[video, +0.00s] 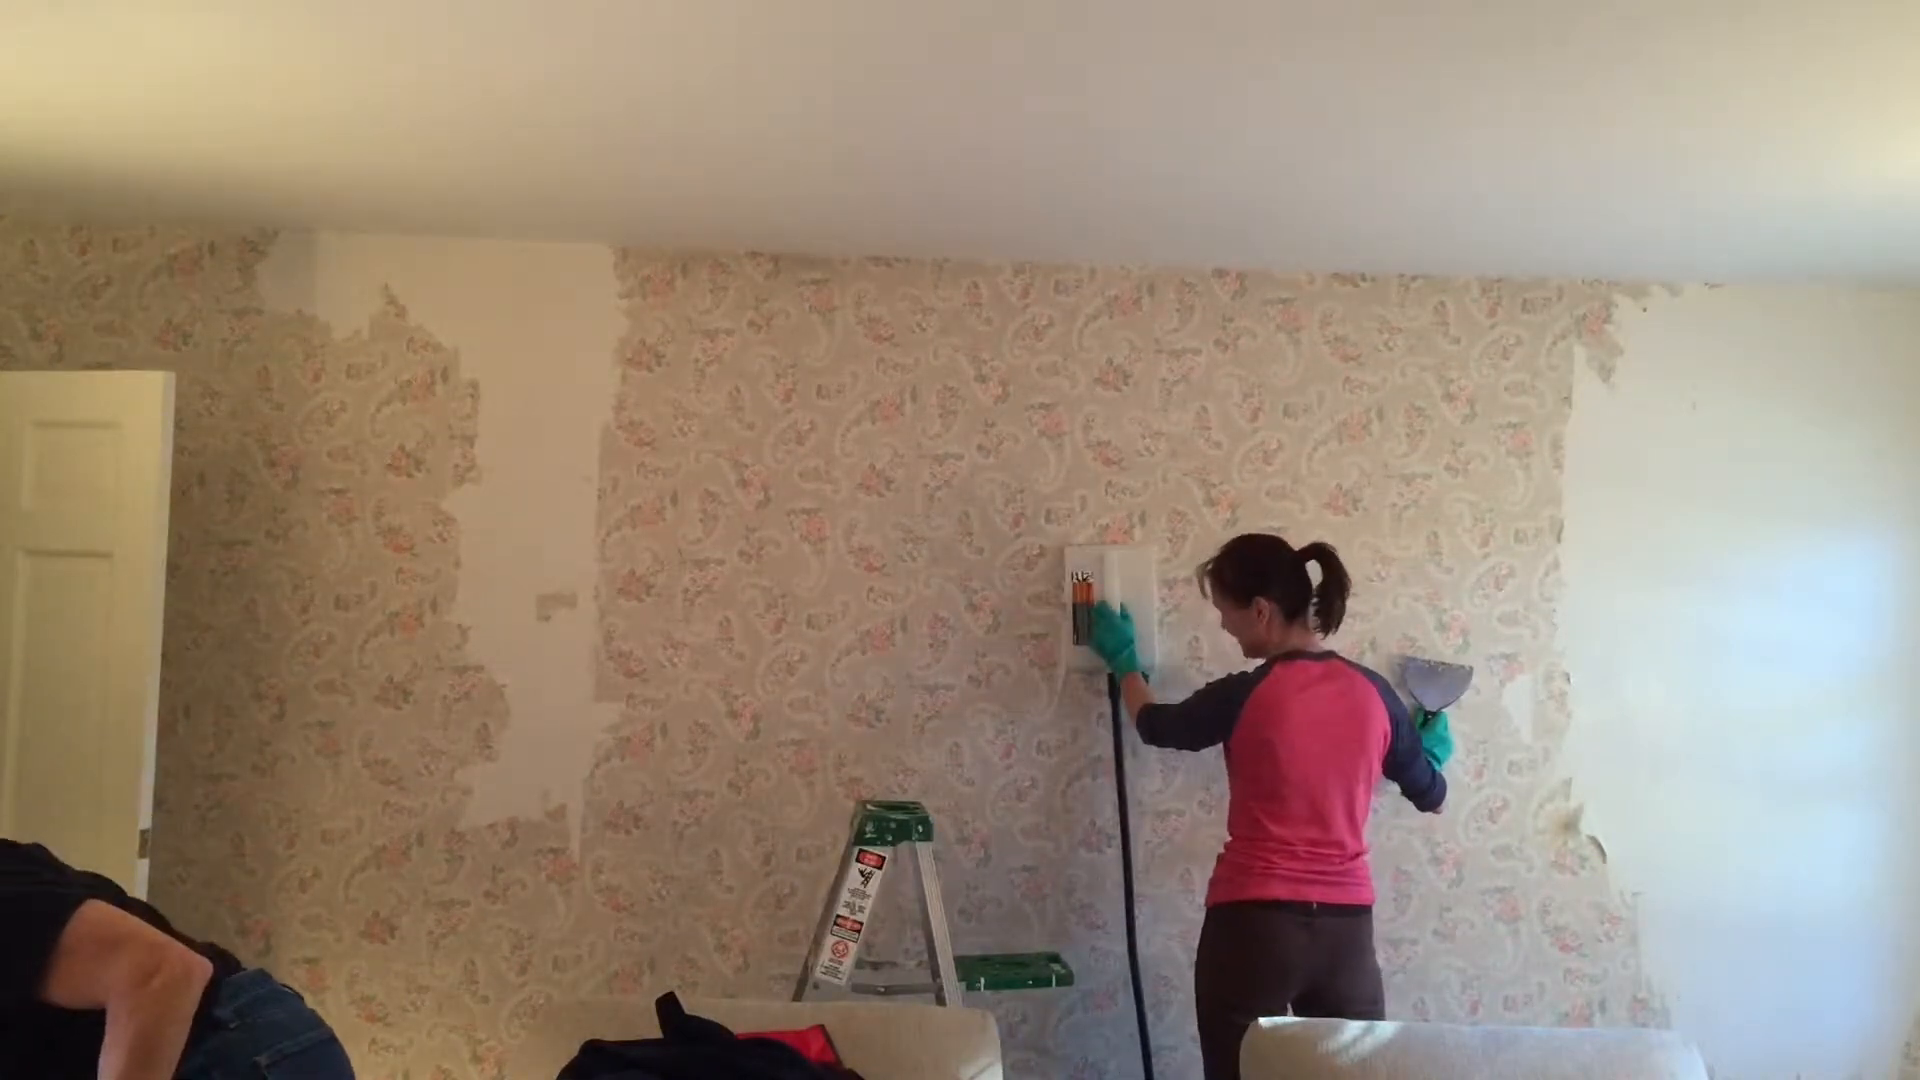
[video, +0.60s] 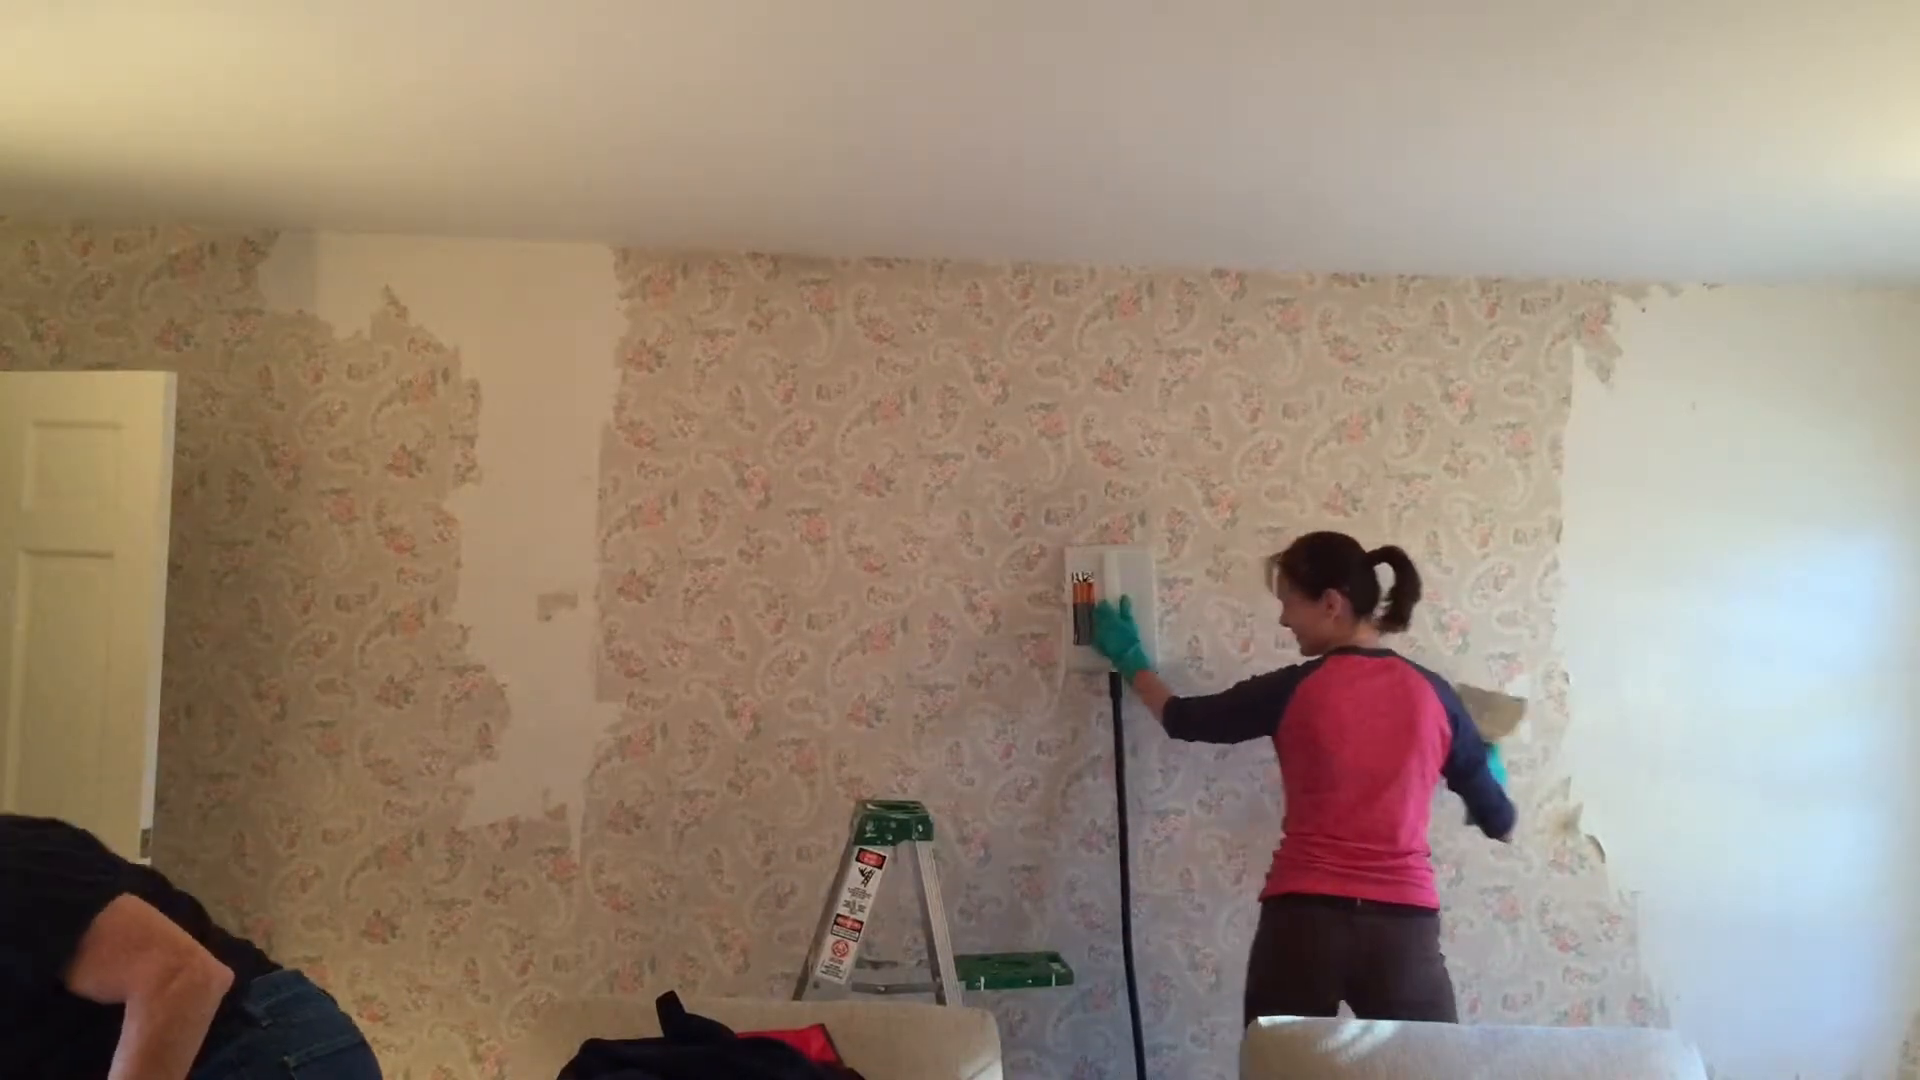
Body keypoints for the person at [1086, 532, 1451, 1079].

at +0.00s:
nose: (1222, 623)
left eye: (1224, 609)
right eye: (1219, 610)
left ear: (1262, 610)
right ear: (1303, 604)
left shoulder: (1246, 692)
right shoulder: (1375, 694)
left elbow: (1153, 724)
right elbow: (1429, 794)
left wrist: (1124, 662)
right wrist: (1433, 753)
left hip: (1250, 934)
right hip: (1345, 936)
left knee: (1236, 1075)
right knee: (1360, 1076)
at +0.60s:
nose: (1282, 618)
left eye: (1289, 601)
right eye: (1282, 601)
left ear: (1332, 604)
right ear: (1339, 604)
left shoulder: (1295, 687)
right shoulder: (1434, 694)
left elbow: (1182, 718)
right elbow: (1500, 820)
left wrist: (1130, 659)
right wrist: (1485, 769)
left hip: (1298, 931)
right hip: (1402, 939)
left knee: (1276, 1067)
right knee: (1431, 1075)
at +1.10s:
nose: (1376, 608)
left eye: (1380, 593)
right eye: (1377, 593)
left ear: (1408, 599)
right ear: (1451, 599)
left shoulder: (1361, 689)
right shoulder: (1517, 697)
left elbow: (1232, 691)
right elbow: (1610, 815)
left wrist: (1144, 652)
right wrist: (1646, 804)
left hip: (1395, 934)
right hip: (1502, 937)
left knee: (1373, 1074)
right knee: (1520, 1075)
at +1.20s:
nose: (1378, 605)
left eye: (1383, 591)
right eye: (1379, 591)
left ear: (1410, 598)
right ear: (1457, 601)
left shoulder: (1358, 690)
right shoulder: (1514, 699)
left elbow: (1232, 690)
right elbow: (1601, 815)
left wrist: (1140, 652)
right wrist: (1636, 806)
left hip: (1393, 937)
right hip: (1498, 938)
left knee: (1387, 1078)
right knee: (1520, 1079)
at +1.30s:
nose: (1379, 603)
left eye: (1383, 590)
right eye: (1382, 590)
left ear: (1404, 598)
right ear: (1458, 600)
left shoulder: (1356, 689)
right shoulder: (1510, 698)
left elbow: (1228, 696)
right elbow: (1593, 819)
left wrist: (1137, 652)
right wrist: (1625, 799)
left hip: (1394, 935)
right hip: (1502, 935)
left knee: (1391, 1077)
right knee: (1518, 1079)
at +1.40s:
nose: (1380, 600)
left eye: (1383, 588)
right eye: (1383, 586)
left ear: (1398, 596)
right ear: (1458, 598)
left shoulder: (1356, 690)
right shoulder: (1508, 697)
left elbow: (1224, 705)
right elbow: (1585, 810)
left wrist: (1143, 657)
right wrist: (1609, 790)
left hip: (1396, 931)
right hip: (1502, 930)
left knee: (1387, 1073)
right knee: (1527, 1077)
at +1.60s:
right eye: (1474, 602)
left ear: (1398, 608)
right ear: (1467, 612)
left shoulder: (1361, 697)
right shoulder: (1509, 699)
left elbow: (1246, 741)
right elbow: (1557, 811)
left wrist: (1196, 670)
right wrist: (1577, 777)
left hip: (1402, 942)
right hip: (1507, 939)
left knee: (1391, 1077)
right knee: (1545, 1077)